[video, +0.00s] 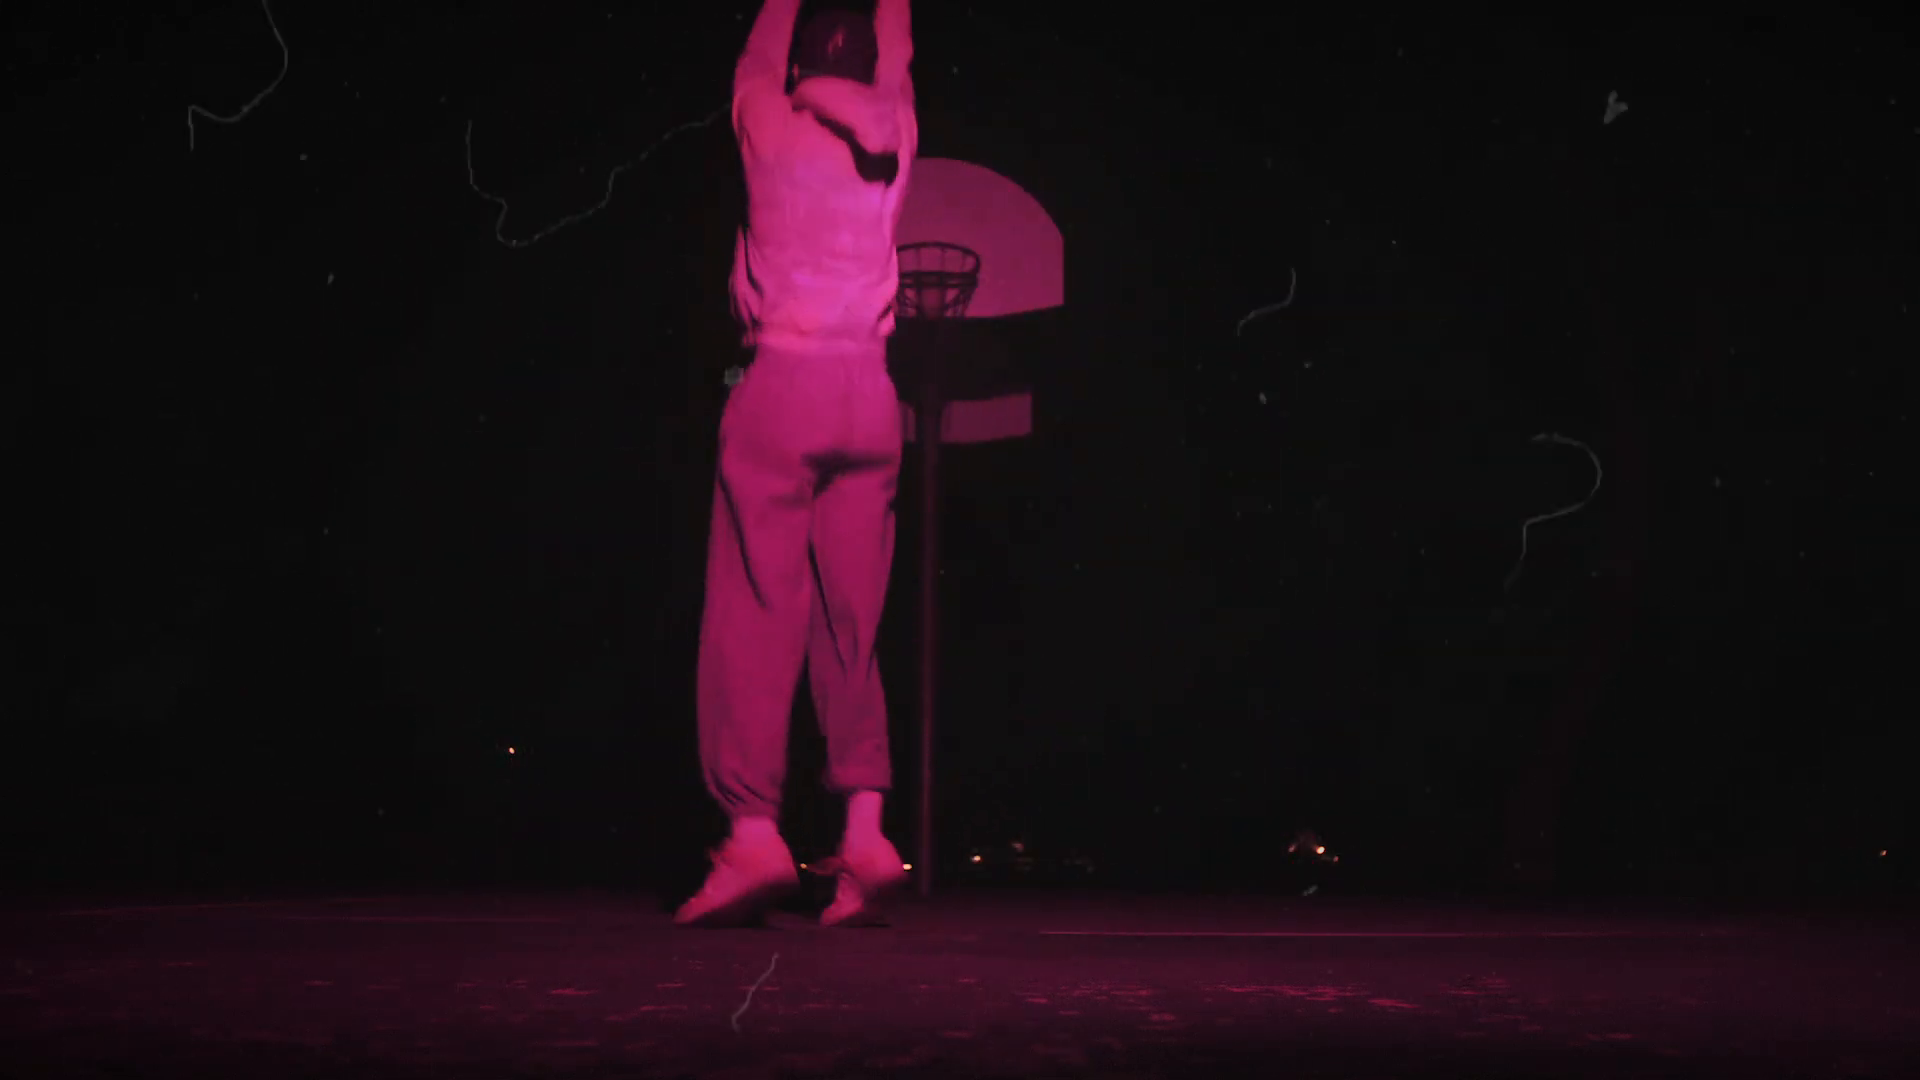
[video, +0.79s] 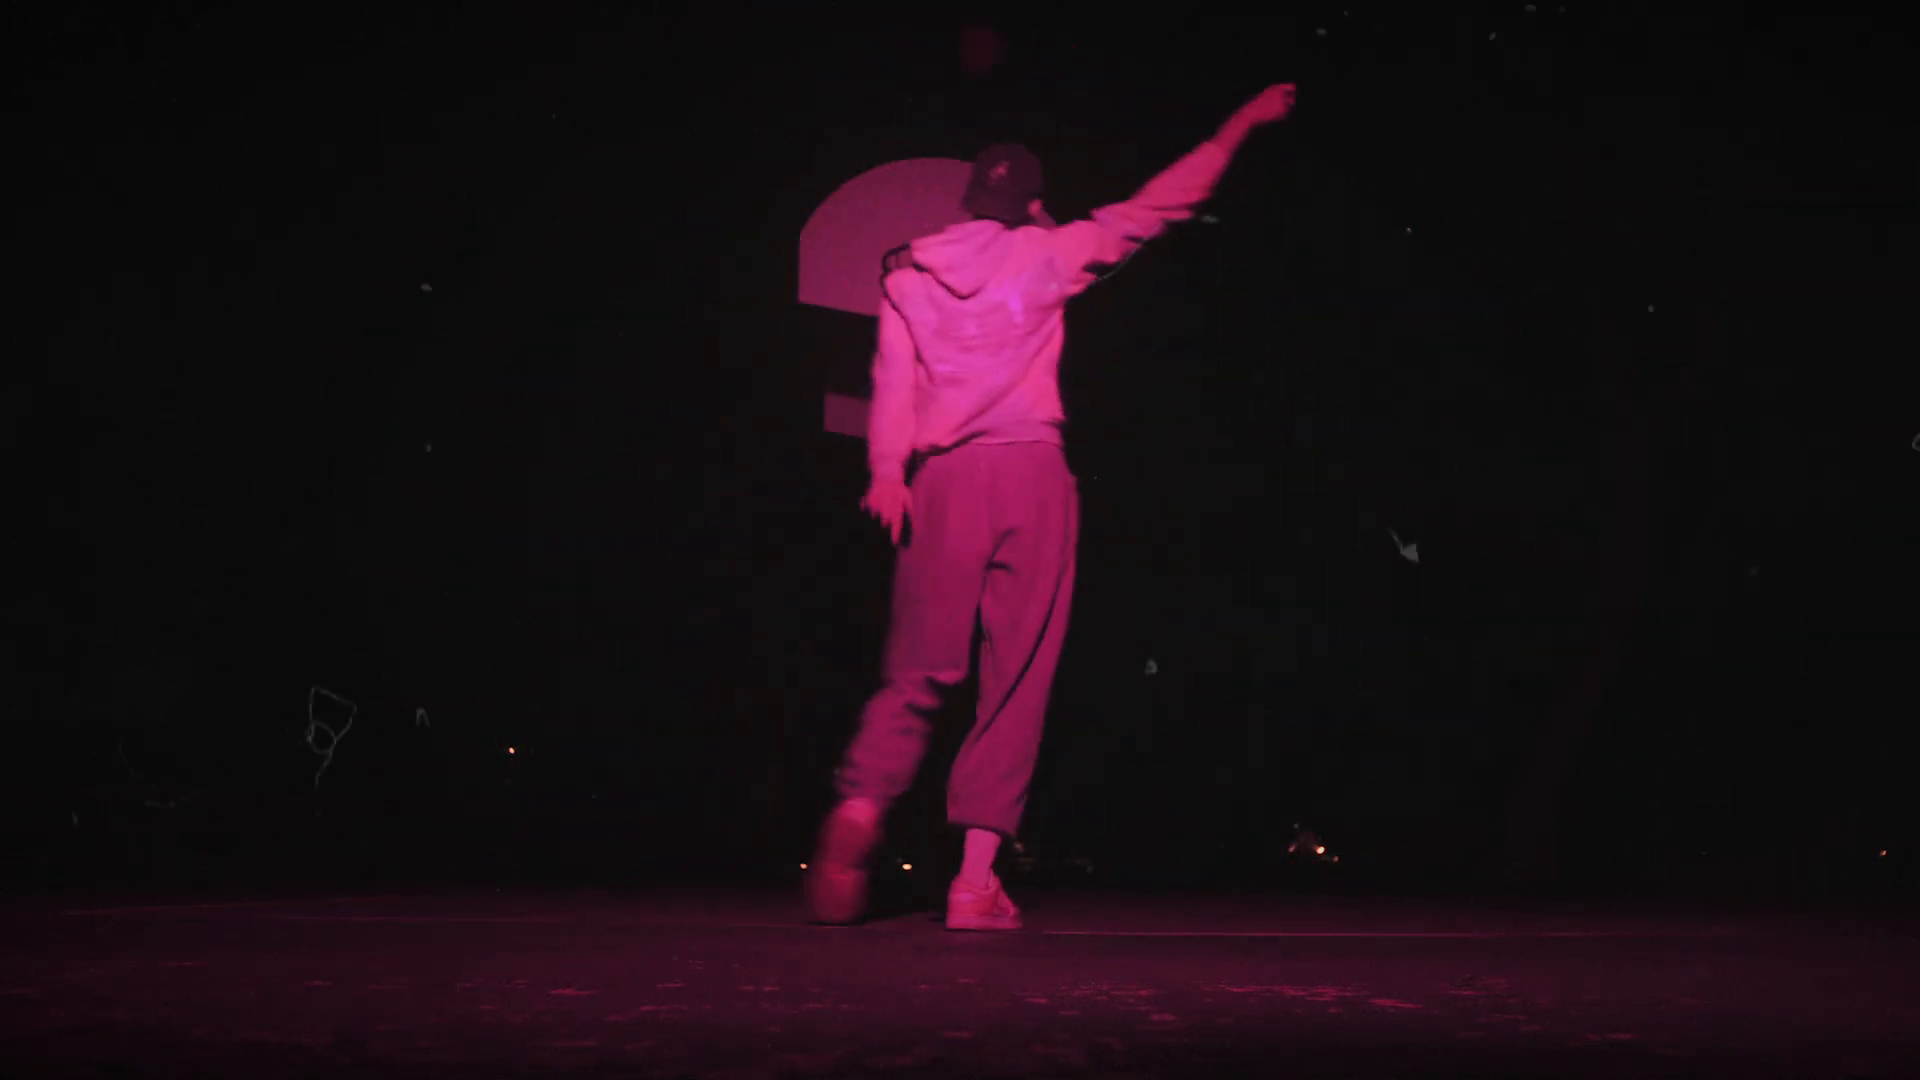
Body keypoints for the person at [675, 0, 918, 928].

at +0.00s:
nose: (789, 63)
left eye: (796, 51)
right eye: (838, 48)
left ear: (798, 64)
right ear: (869, 67)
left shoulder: (770, 125)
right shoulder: (893, 131)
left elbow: (767, 44)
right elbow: (894, 44)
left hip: (782, 384)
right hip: (870, 388)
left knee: (755, 612)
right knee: (852, 622)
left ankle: (752, 834)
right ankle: (867, 832)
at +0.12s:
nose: (804, 112)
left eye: (807, 104)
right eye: (827, 106)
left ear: (800, 124)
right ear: (876, 129)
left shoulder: (768, 191)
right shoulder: (901, 189)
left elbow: (715, 156)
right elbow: (920, 114)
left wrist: (769, 77)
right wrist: (933, 39)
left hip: (800, 447)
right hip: (883, 447)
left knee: (748, 654)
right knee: (855, 666)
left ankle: (764, 875)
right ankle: (883, 872)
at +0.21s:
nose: (832, 115)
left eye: (823, 105)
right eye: (854, 110)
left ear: (805, 116)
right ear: (883, 127)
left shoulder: (761, 192)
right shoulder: (908, 185)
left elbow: (689, 254)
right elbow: (948, 120)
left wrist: (736, 178)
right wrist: (980, 48)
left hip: (803, 439)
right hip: (892, 437)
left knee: (766, 635)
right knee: (875, 639)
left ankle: (765, 858)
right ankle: (888, 862)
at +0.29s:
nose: (839, 115)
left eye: (833, 100)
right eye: (863, 108)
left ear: (815, 109)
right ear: (890, 121)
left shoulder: (766, 189)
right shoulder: (916, 183)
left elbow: (695, 289)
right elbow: (964, 124)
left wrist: (736, 245)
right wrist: (1006, 55)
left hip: (806, 429)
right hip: (900, 428)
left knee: (780, 632)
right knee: (890, 632)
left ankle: (765, 856)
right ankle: (901, 856)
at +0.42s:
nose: (891, 151)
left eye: (871, 129)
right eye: (905, 141)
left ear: (841, 130)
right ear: (915, 144)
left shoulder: (784, 212)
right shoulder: (939, 199)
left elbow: (750, 339)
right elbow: (1015, 145)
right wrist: (1079, 79)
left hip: (815, 435)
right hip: (913, 436)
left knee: (798, 638)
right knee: (923, 647)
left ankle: (766, 859)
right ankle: (949, 864)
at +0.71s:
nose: (1013, 204)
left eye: (1004, 193)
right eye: (1010, 195)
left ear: (929, 195)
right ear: (998, 198)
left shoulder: (873, 273)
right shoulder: (1015, 250)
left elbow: (859, 385)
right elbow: (1114, 193)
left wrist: (865, 457)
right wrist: (1202, 113)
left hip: (914, 482)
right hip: (1004, 475)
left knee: (875, 662)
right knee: (1010, 670)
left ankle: (798, 820)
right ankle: (976, 877)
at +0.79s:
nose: (1045, 207)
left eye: (1039, 196)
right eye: (1042, 197)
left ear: (968, 200)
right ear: (1031, 203)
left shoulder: (907, 277)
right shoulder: (1045, 254)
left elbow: (891, 385)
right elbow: (1154, 207)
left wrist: (886, 474)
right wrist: (1237, 126)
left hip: (943, 483)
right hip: (1031, 478)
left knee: (917, 671)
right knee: (1016, 674)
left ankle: (855, 819)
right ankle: (977, 879)